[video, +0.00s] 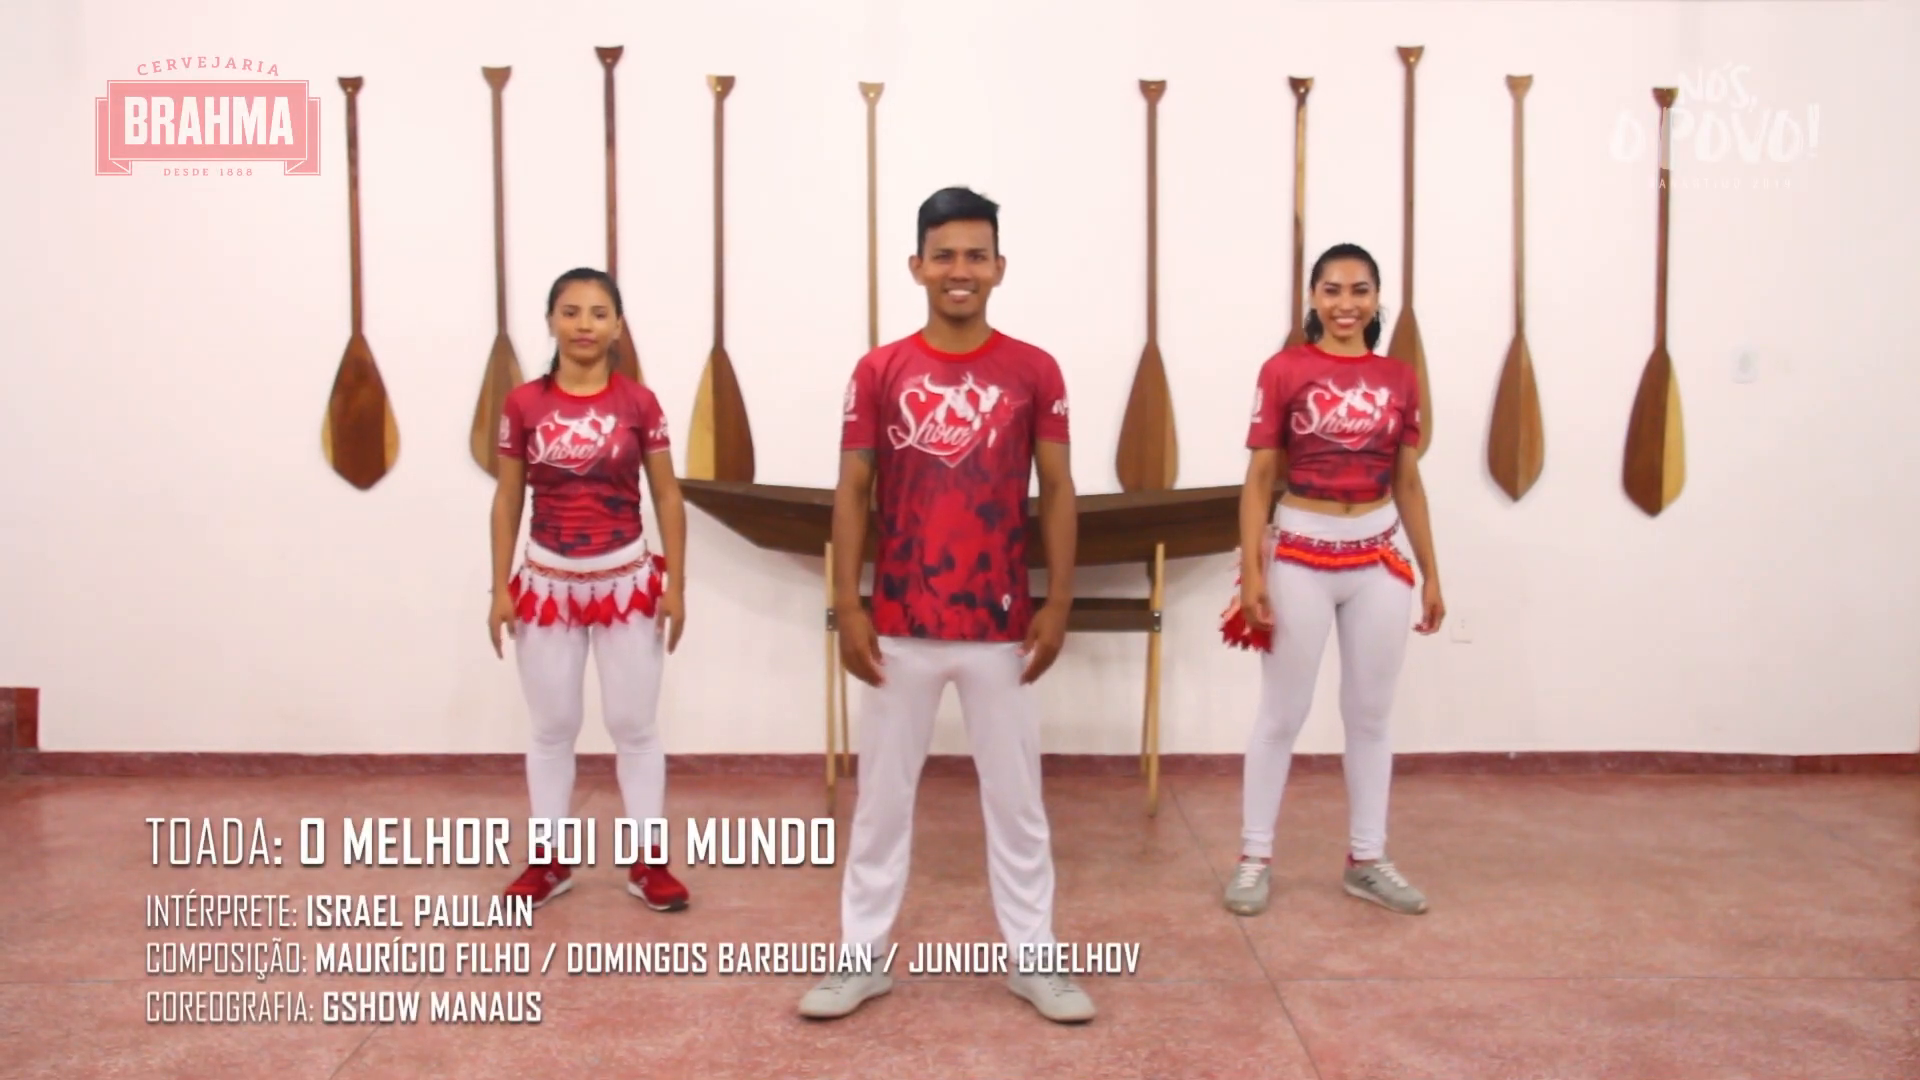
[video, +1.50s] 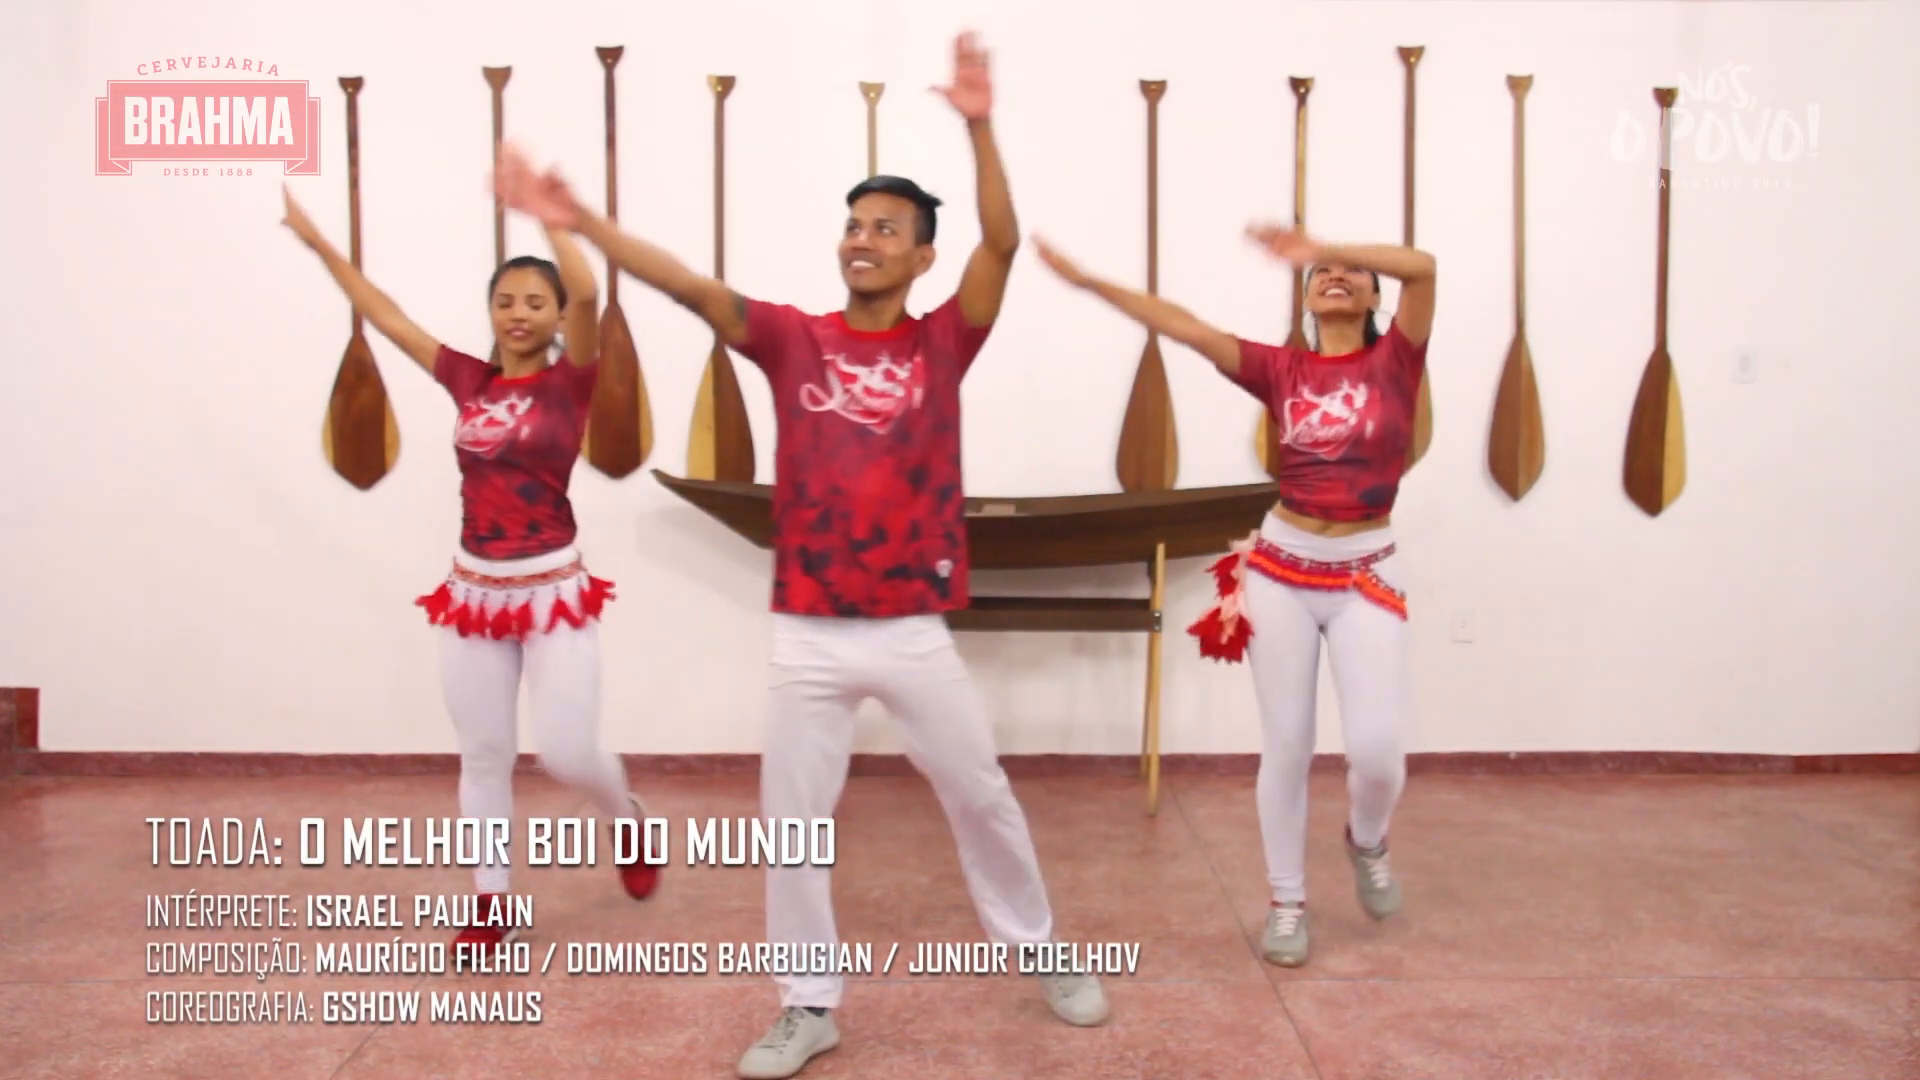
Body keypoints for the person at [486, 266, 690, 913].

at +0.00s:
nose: (585, 323)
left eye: (599, 312)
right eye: (571, 312)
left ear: (617, 325)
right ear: (552, 323)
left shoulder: (638, 401)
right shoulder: (525, 404)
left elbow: (668, 494)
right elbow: (508, 497)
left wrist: (675, 582)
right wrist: (500, 586)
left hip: (628, 579)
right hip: (546, 581)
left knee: (635, 729)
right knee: (551, 730)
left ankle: (649, 862)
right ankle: (548, 859)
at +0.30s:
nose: (604, 325)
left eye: (616, 314)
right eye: (589, 313)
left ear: (631, 321)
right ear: (566, 322)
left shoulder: (654, 398)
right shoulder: (542, 403)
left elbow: (681, 489)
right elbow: (517, 500)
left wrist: (687, 571)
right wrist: (511, 592)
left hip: (645, 578)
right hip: (565, 579)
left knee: (644, 724)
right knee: (552, 729)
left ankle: (650, 861)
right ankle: (541, 859)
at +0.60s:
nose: (621, 333)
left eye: (633, 319)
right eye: (606, 320)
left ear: (647, 325)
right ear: (582, 328)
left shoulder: (656, 402)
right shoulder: (573, 398)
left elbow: (672, 494)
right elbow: (552, 495)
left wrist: (682, 580)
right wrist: (604, 581)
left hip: (657, 579)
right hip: (586, 580)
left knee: (656, 727)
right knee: (595, 732)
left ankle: (650, 862)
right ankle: (535, 844)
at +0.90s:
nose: (609, 313)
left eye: (621, 303)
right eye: (594, 304)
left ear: (641, 318)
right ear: (574, 321)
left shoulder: (662, 388)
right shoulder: (561, 378)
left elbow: (704, 404)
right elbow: (583, 387)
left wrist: (753, 409)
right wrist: (640, 393)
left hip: (652, 583)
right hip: (574, 580)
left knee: (653, 728)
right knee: (541, 725)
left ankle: (649, 864)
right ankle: (510, 874)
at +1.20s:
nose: (575, 313)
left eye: (591, 305)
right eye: (560, 304)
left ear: (613, 325)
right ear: (541, 323)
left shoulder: (626, 384)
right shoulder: (517, 383)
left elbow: (683, 304)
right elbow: (465, 300)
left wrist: (712, 219)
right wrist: (443, 214)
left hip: (618, 594)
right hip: (537, 596)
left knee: (635, 739)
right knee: (521, 754)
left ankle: (647, 855)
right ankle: (499, 901)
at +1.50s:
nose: (518, 313)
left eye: (533, 302)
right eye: (506, 302)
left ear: (558, 316)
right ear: (488, 314)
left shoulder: (571, 384)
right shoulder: (467, 380)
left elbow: (585, 298)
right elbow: (381, 313)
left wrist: (548, 213)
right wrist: (315, 240)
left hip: (555, 598)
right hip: (476, 598)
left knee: (569, 757)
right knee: (483, 758)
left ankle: (629, 818)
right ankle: (492, 905)